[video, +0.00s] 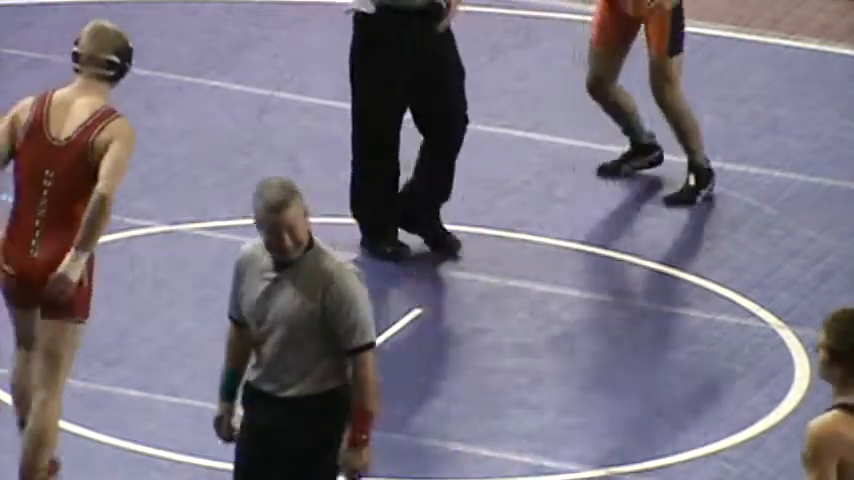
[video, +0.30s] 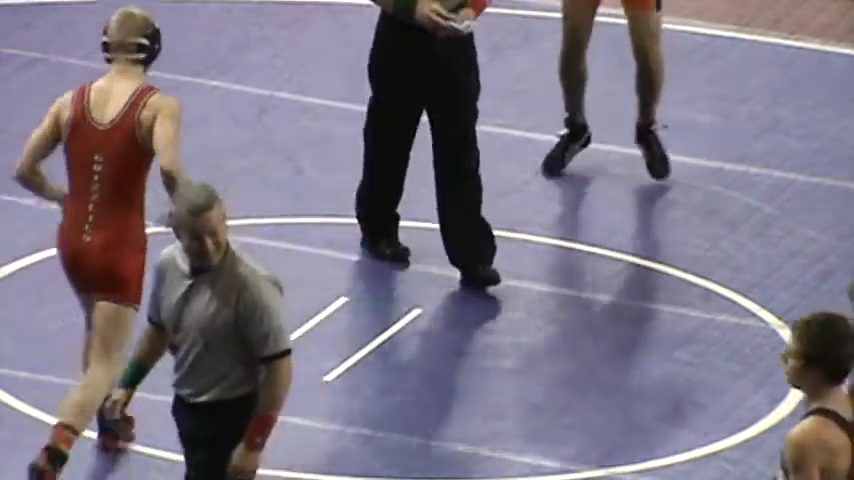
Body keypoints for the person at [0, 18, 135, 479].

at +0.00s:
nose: (76, 55)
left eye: (78, 50)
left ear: (76, 58)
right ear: (121, 70)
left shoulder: (28, 109)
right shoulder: (117, 130)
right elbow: (102, 197)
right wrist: (80, 255)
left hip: (15, 255)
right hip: (66, 265)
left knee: (24, 352)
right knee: (49, 383)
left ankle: (37, 450)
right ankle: (34, 470)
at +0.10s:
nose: (84, 55)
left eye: (86, 50)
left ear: (85, 59)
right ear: (131, 68)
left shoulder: (40, 110)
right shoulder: (130, 129)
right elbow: (134, 181)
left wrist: (2, 227)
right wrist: (113, 239)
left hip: (30, 255)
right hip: (82, 262)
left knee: (63, 350)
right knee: (58, 382)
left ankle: (81, 427)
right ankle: (33, 472)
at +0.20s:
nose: (94, 52)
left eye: (96, 47)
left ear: (95, 57)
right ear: (141, 64)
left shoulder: (57, 107)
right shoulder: (145, 118)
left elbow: (2, 155)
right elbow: (160, 172)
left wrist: (21, 208)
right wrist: (148, 228)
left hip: (52, 253)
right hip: (100, 258)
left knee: (86, 347)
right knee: (74, 374)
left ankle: (105, 413)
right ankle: (38, 470)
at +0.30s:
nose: (108, 42)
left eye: (110, 36)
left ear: (107, 47)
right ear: (153, 51)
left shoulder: (73, 100)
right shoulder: (160, 105)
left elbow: (26, 170)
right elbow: (169, 167)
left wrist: (59, 195)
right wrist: (189, 210)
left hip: (73, 240)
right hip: (119, 246)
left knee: (97, 331)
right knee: (104, 364)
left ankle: (112, 418)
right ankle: (53, 454)